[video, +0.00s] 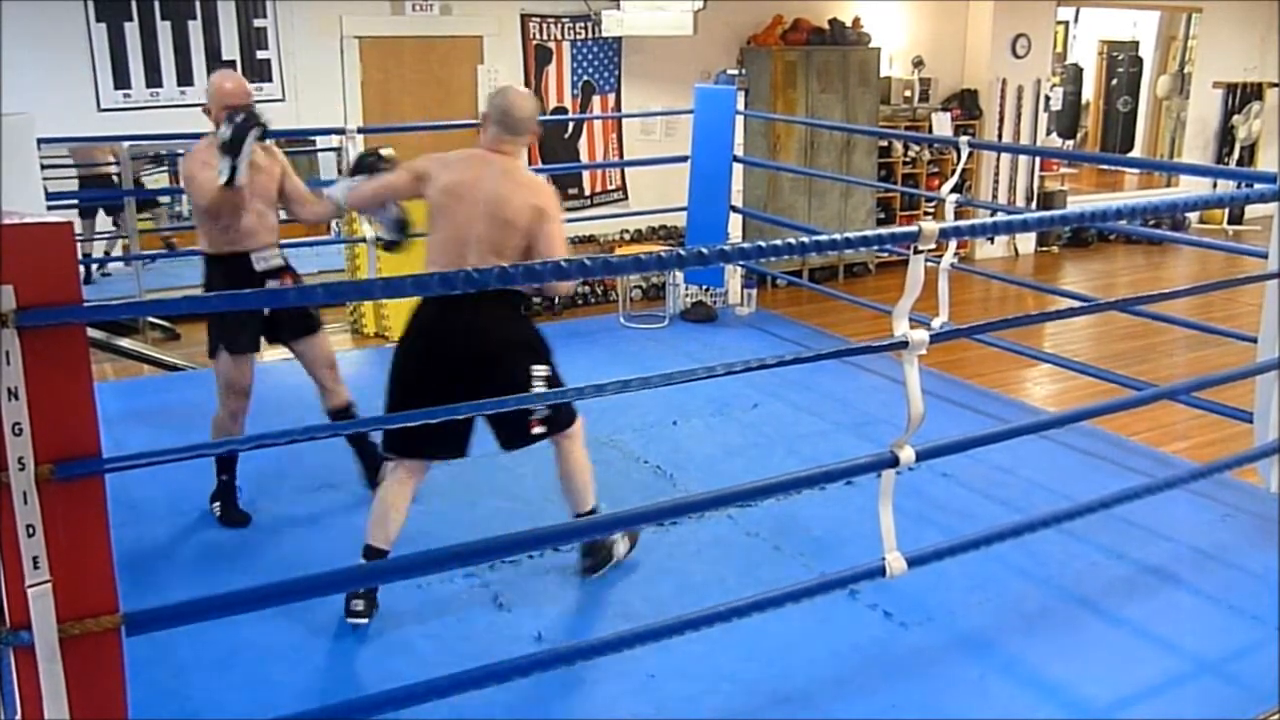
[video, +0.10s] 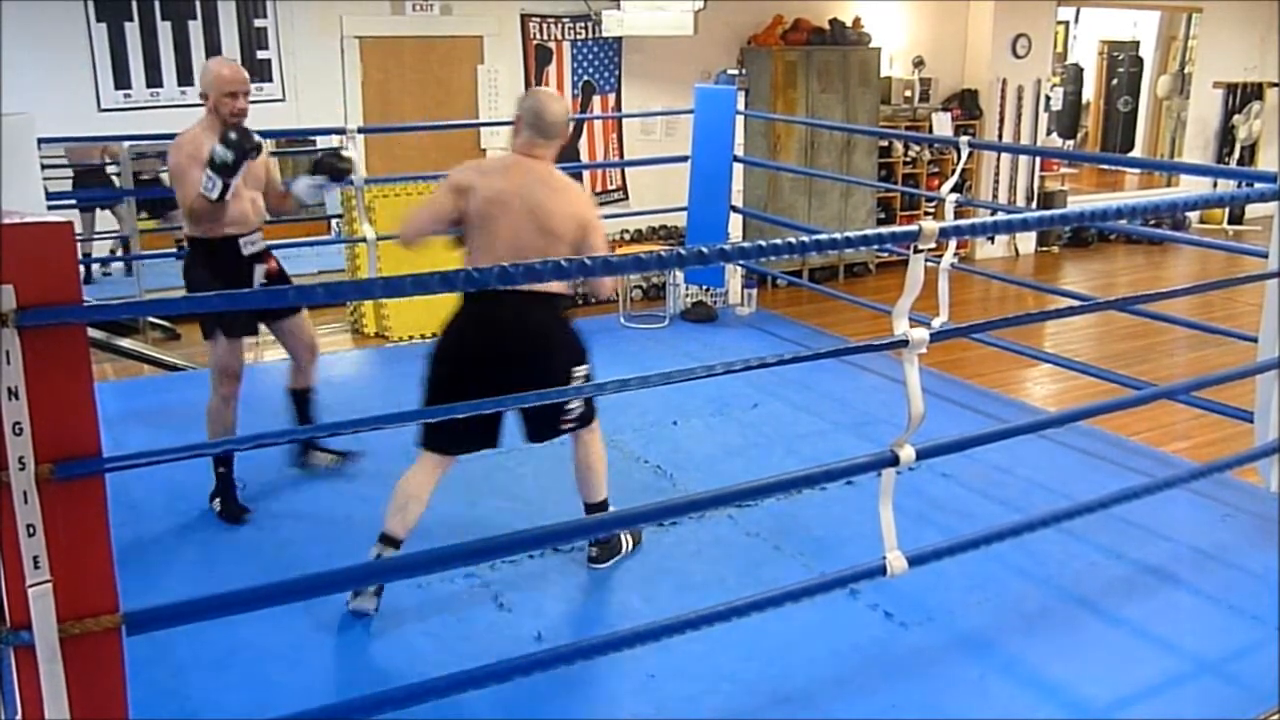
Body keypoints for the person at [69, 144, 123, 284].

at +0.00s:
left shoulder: (73, 144)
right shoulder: (108, 138)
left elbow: (76, 160)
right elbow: (122, 158)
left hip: (85, 179)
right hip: (104, 178)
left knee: (87, 230)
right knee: (122, 223)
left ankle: (87, 271)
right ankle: (104, 260)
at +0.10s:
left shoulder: (68, 145)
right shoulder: (99, 140)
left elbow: (72, 162)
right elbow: (117, 155)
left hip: (79, 178)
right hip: (99, 176)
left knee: (87, 230)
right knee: (124, 219)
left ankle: (87, 271)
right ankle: (127, 260)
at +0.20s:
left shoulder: (66, 143)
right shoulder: (99, 137)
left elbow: (68, 161)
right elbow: (106, 156)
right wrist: (116, 153)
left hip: (76, 177)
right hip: (96, 176)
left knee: (84, 229)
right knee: (119, 219)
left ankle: (87, 270)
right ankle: (111, 261)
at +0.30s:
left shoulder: (69, 142)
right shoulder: (98, 139)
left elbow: (68, 162)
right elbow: (104, 160)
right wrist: (112, 153)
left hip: (76, 178)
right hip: (94, 177)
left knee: (84, 230)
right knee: (104, 226)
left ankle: (86, 270)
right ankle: (97, 268)